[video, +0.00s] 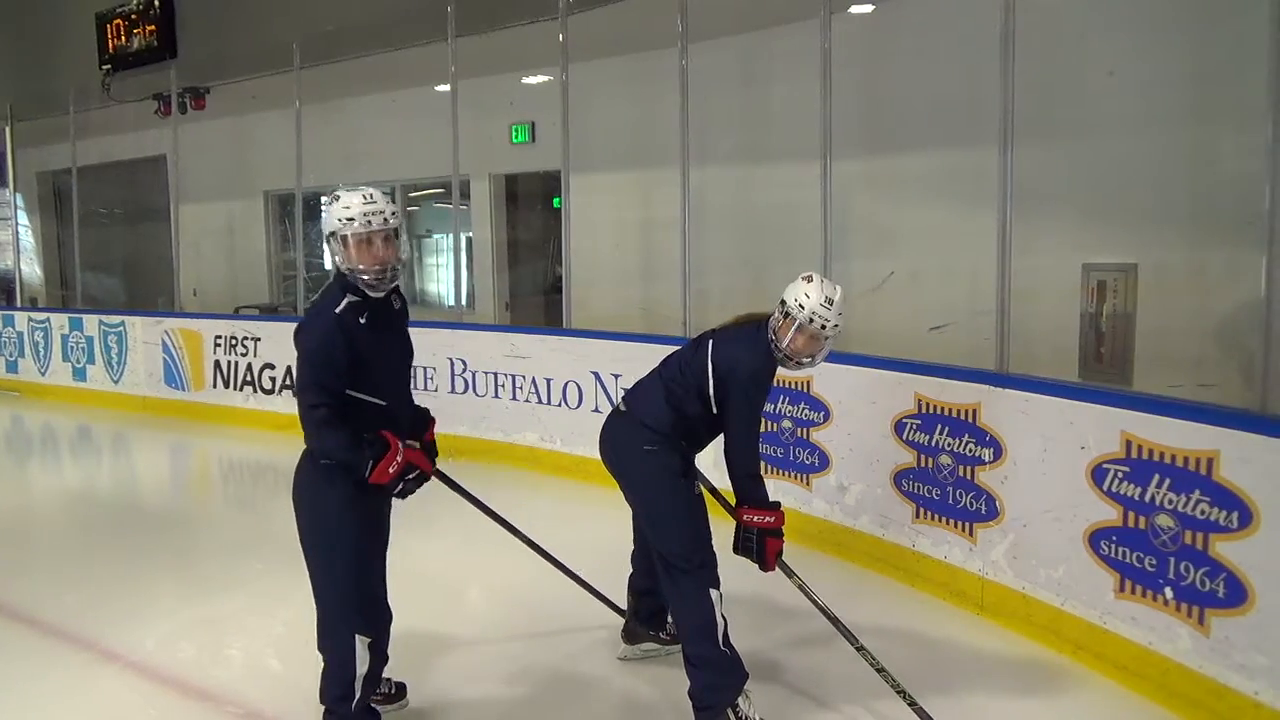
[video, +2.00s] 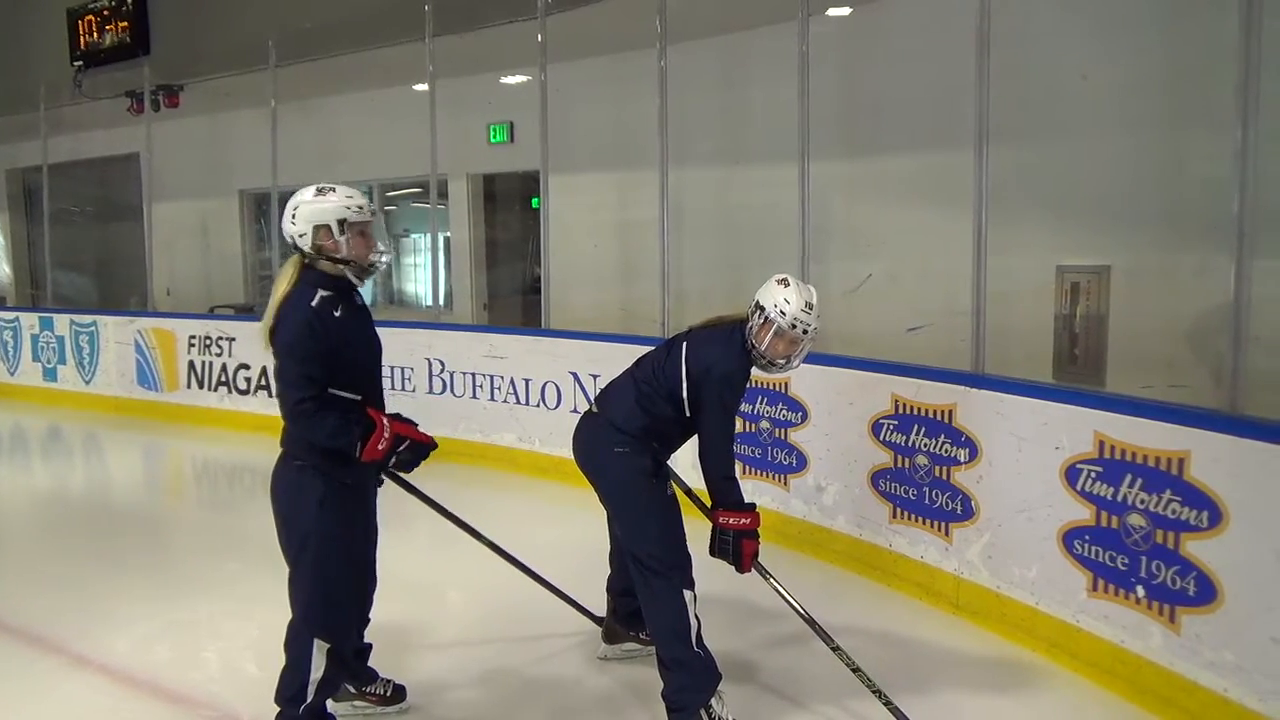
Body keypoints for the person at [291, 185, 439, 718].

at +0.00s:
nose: (378, 254)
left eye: (385, 240)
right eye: (363, 243)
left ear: (397, 244)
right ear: (341, 251)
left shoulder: (391, 306)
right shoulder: (327, 320)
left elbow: (393, 387)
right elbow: (319, 421)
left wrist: (420, 431)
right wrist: (375, 459)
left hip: (372, 477)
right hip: (329, 481)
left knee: (373, 586)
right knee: (339, 599)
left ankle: (368, 681)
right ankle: (341, 704)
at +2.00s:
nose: (369, 242)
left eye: (368, 232)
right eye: (357, 232)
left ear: (348, 240)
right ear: (322, 239)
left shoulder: (344, 296)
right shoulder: (306, 305)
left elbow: (356, 392)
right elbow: (302, 407)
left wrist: (397, 431)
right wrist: (373, 441)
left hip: (349, 471)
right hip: (314, 476)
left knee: (355, 579)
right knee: (319, 592)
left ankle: (347, 674)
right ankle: (298, 705)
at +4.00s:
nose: (362, 247)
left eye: (371, 235)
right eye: (349, 237)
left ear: (387, 240)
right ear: (328, 246)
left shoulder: (383, 305)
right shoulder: (321, 316)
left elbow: (394, 391)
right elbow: (319, 411)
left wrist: (428, 435)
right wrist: (397, 439)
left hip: (381, 472)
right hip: (335, 477)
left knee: (384, 579)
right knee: (343, 596)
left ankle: (370, 668)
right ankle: (317, 706)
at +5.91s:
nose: (379, 258)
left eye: (381, 244)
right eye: (363, 250)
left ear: (388, 241)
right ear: (332, 260)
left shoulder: (388, 302)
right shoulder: (324, 323)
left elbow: (400, 386)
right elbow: (345, 411)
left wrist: (428, 429)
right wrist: (396, 452)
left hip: (383, 473)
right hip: (338, 477)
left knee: (385, 581)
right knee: (350, 594)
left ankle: (373, 673)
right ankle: (326, 704)